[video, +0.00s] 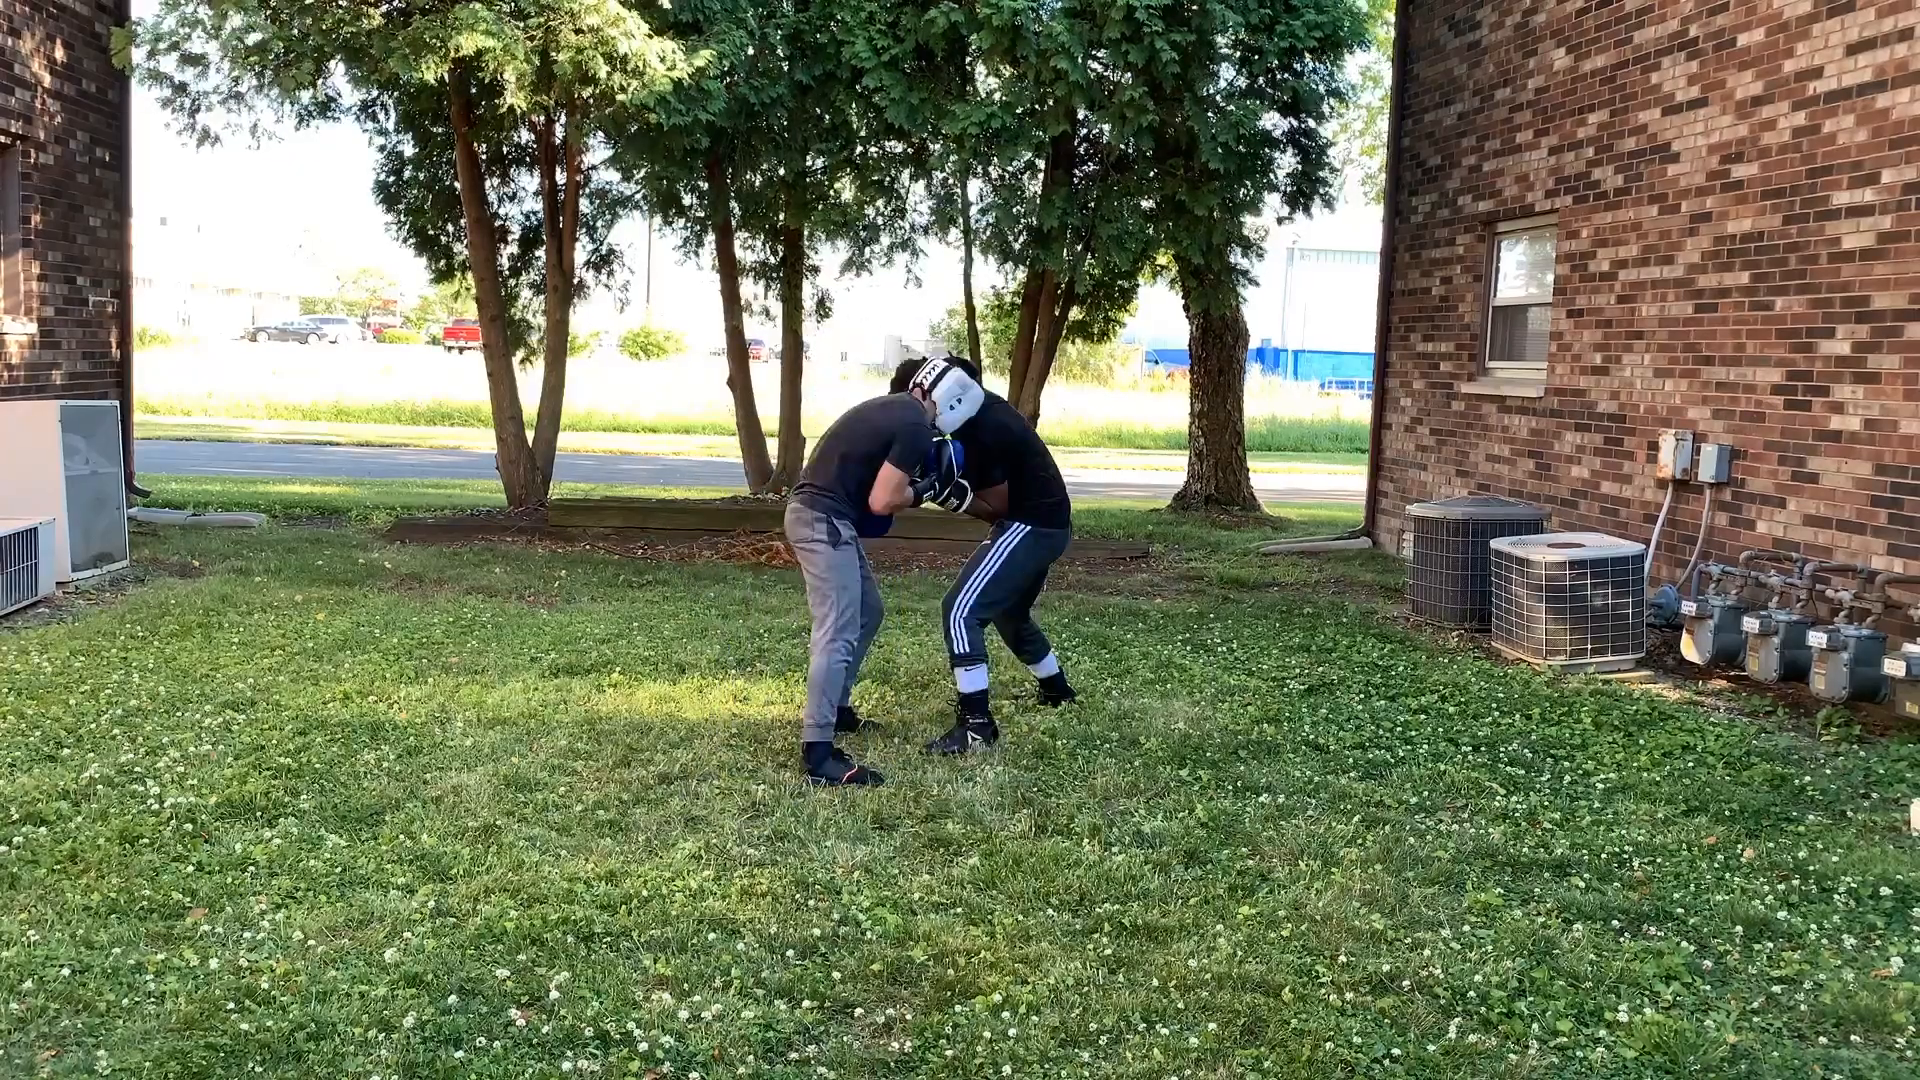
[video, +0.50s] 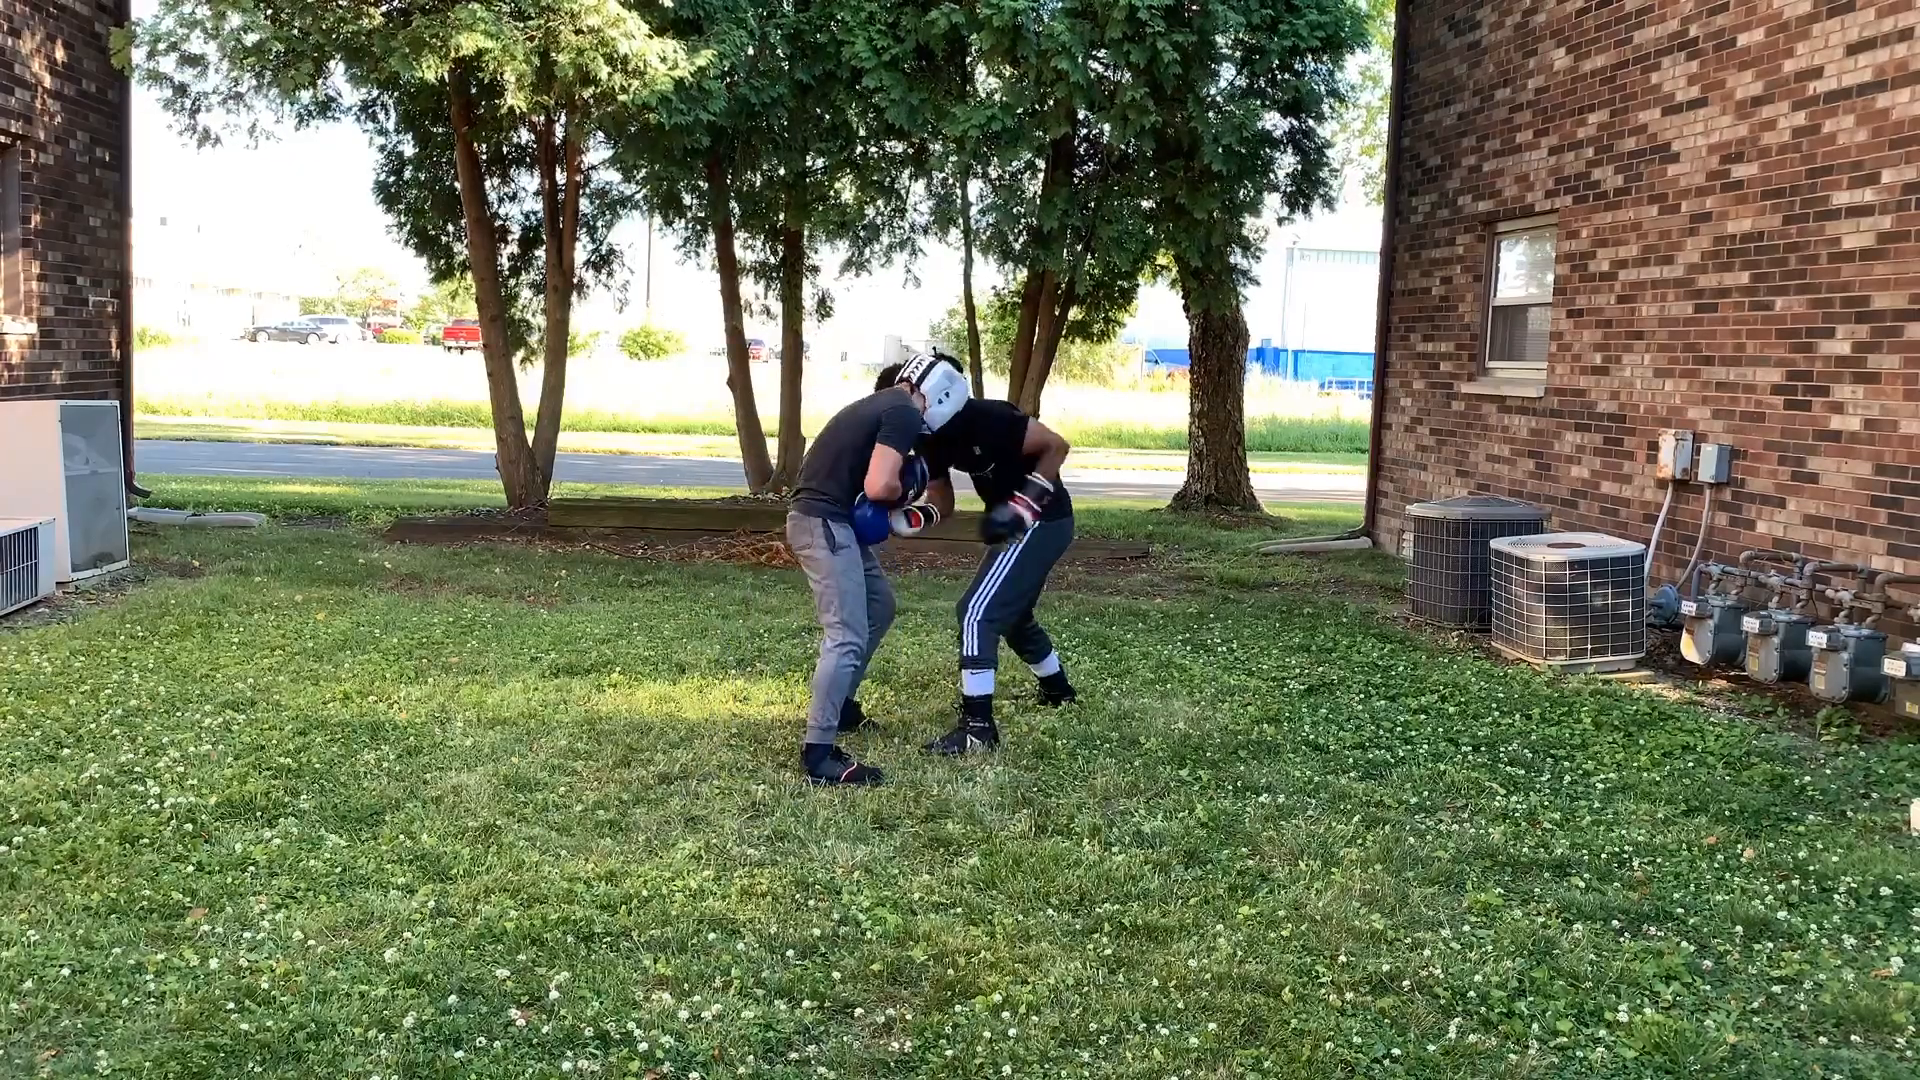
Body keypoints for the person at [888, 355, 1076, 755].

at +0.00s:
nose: (926, 417)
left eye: (926, 406)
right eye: (922, 408)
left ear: (945, 398)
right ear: (962, 391)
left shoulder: (984, 428)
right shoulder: (990, 415)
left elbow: (1000, 505)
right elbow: (991, 496)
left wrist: (955, 496)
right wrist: (950, 490)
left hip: (1029, 525)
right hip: (1044, 523)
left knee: (960, 609)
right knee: (1008, 613)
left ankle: (976, 725)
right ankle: (1056, 689)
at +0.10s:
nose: (922, 414)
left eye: (924, 404)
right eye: (919, 404)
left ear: (942, 397)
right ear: (960, 392)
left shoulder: (976, 428)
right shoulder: (986, 413)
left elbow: (997, 509)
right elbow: (991, 501)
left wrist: (952, 495)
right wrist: (952, 492)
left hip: (1031, 525)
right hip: (1053, 523)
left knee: (964, 616)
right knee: (1016, 612)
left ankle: (977, 728)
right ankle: (1058, 692)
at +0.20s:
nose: (915, 409)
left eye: (919, 398)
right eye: (912, 398)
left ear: (941, 396)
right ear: (958, 393)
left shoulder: (972, 429)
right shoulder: (975, 422)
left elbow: (1003, 504)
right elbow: (978, 498)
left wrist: (957, 500)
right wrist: (951, 539)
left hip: (1031, 528)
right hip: (1054, 525)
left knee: (962, 617)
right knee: (1018, 615)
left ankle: (977, 728)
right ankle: (1058, 691)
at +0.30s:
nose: (949, 416)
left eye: (953, 408)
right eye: (951, 406)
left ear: (917, 384)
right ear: (936, 392)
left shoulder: (893, 408)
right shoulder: (915, 415)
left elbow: (883, 487)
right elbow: (890, 490)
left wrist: (926, 473)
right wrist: (923, 476)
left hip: (849, 526)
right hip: (833, 524)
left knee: (886, 614)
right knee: (847, 637)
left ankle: (839, 708)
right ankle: (817, 752)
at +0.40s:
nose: (945, 412)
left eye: (950, 404)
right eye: (948, 401)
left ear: (914, 381)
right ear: (934, 388)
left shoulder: (889, 407)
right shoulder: (907, 409)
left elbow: (869, 494)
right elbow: (887, 486)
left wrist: (916, 512)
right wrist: (921, 475)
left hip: (853, 527)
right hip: (832, 525)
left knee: (892, 615)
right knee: (850, 635)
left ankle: (841, 706)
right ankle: (818, 753)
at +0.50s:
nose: (934, 419)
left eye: (940, 412)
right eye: (938, 409)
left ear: (910, 383)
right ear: (926, 391)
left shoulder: (884, 406)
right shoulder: (901, 409)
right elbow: (878, 486)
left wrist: (905, 513)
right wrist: (905, 487)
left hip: (837, 523)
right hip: (820, 522)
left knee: (880, 609)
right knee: (847, 635)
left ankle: (842, 709)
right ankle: (817, 753)